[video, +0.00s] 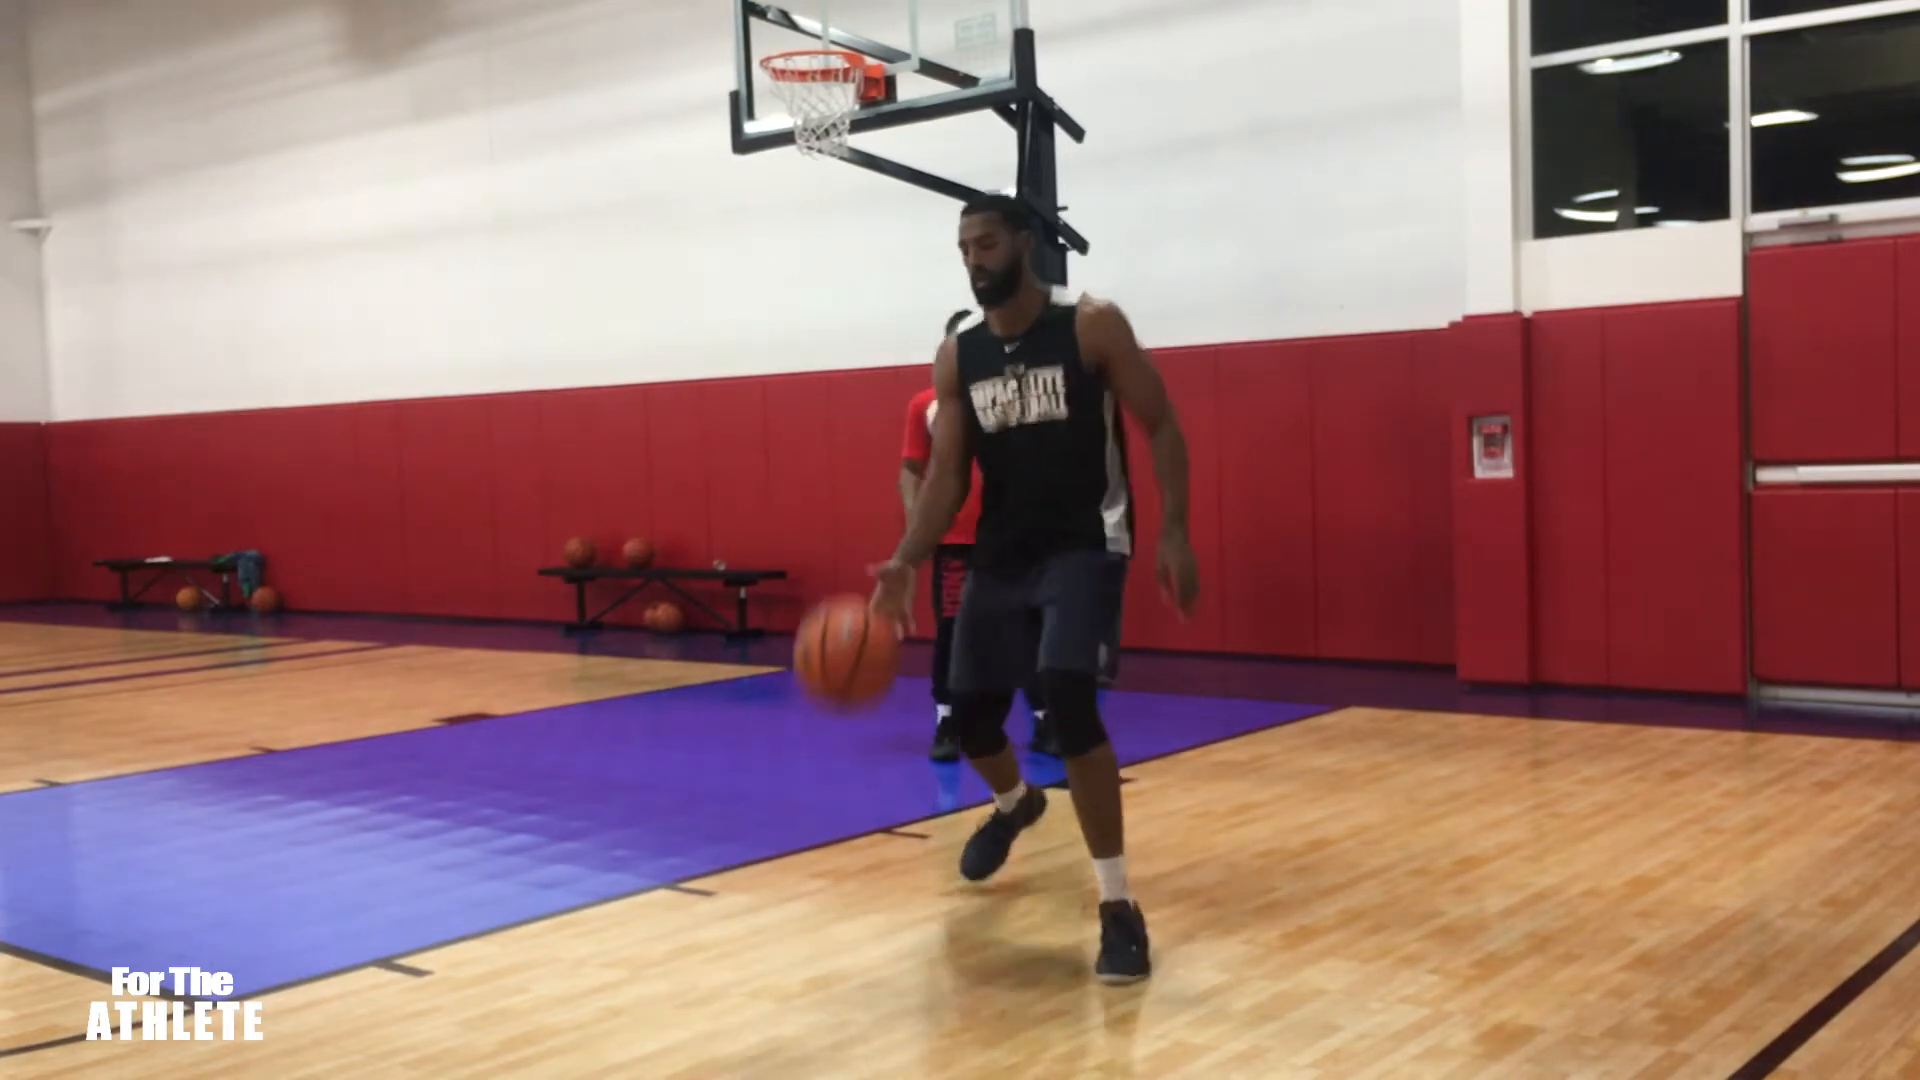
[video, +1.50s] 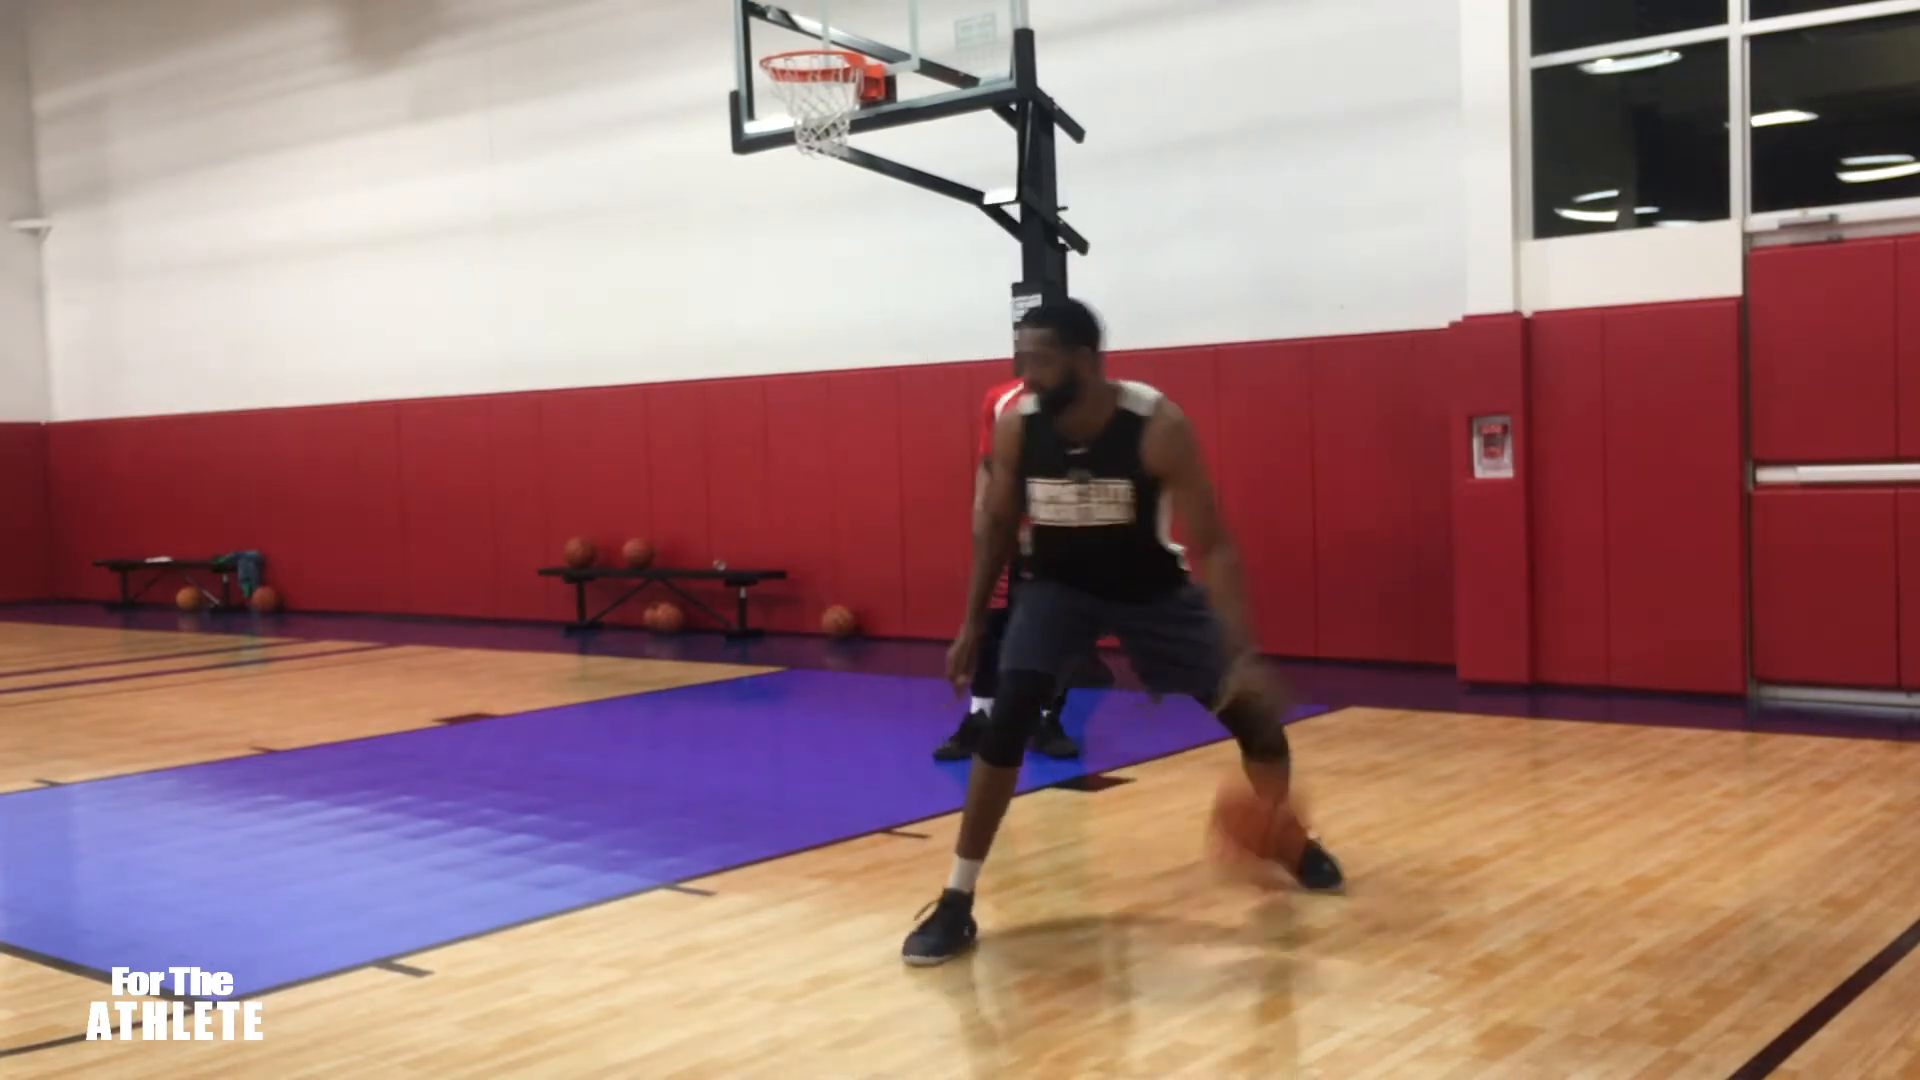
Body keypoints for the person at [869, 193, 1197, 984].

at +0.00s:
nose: (974, 260)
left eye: (987, 244)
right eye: (965, 249)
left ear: (1028, 246)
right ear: (963, 260)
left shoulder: (1093, 327)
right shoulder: (959, 353)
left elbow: (1161, 428)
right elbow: (947, 471)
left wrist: (1174, 534)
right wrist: (906, 558)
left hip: (1084, 548)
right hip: (1002, 556)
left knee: (1067, 706)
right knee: (967, 716)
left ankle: (1117, 904)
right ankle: (1016, 801)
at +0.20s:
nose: (962, 207)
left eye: (973, 192)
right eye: (959, 194)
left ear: (1020, 194)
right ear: (980, 203)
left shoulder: (1099, 273)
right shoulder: (966, 313)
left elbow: (1180, 362)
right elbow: (953, 431)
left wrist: (1147, 413)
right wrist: (901, 517)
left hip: (1090, 506)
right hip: (1006, 517)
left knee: (1074, 675)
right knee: (956, 681)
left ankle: (1159, 897)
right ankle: (971, 877)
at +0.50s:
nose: (1010, 262)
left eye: (1017, 244)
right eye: (1011, 247)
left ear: (1054, 243)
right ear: (1051, 249)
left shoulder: (1129, 310)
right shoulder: (1028, 350)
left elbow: (1185, 404)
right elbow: (1005, 473)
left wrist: (1091, 324)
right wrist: (896, 445)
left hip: (1084, 561)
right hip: (1002, 563)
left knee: (1076, 740)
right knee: (930, 725)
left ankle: (1192, 947)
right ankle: (958, 906)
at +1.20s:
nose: (924, 283)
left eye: (933, 266)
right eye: (921, 268)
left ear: (980, 263)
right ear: (964, 268)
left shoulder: (1082, 320)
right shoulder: (949, 360)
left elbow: (1162, 423)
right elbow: (949, 479)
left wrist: (1075, 394)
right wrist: (953, 472)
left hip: (1122, 545)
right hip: (1021, 553)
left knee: (1171, 704)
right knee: (979, 708)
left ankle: (1229, 904)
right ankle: (985, 899)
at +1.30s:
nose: (940, 313)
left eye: (949, 298)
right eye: (937, 299)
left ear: (997, 293)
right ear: (966, 299)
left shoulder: (1094, 351)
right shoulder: (954, 381)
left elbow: (1167, 457)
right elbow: (959, 476)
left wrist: (1071, 489)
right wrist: (946, 549)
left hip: (1123, 545)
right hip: (1022, 552)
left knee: (1192, 692)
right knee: (984, 707)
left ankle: (1274, 879)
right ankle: (959, 897)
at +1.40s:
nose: (974, 353)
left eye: (985, 340)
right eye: (972, 341)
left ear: (1033, 339)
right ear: (985, 342)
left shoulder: (1113, 402)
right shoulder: (975, 417)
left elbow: (1169, 524)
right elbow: (970, 517)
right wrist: (953, 614)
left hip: (1131, 580)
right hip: (1031, 585)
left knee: (1224, 701)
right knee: (983, 713)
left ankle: (1295, 841)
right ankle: (955, 901)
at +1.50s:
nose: (1025, 371)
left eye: (1037, 359)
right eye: (1021, 358)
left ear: (1084, 360)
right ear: (1024, 360)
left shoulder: (1156, 425)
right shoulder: (1017, 425)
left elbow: (1210, 543)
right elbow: (995, 529)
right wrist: (971, 630)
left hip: (1151, 590)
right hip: (1056, 592)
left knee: (1258, 711)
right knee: (1007, 720)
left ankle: (1283, 833)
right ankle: (956, 901)